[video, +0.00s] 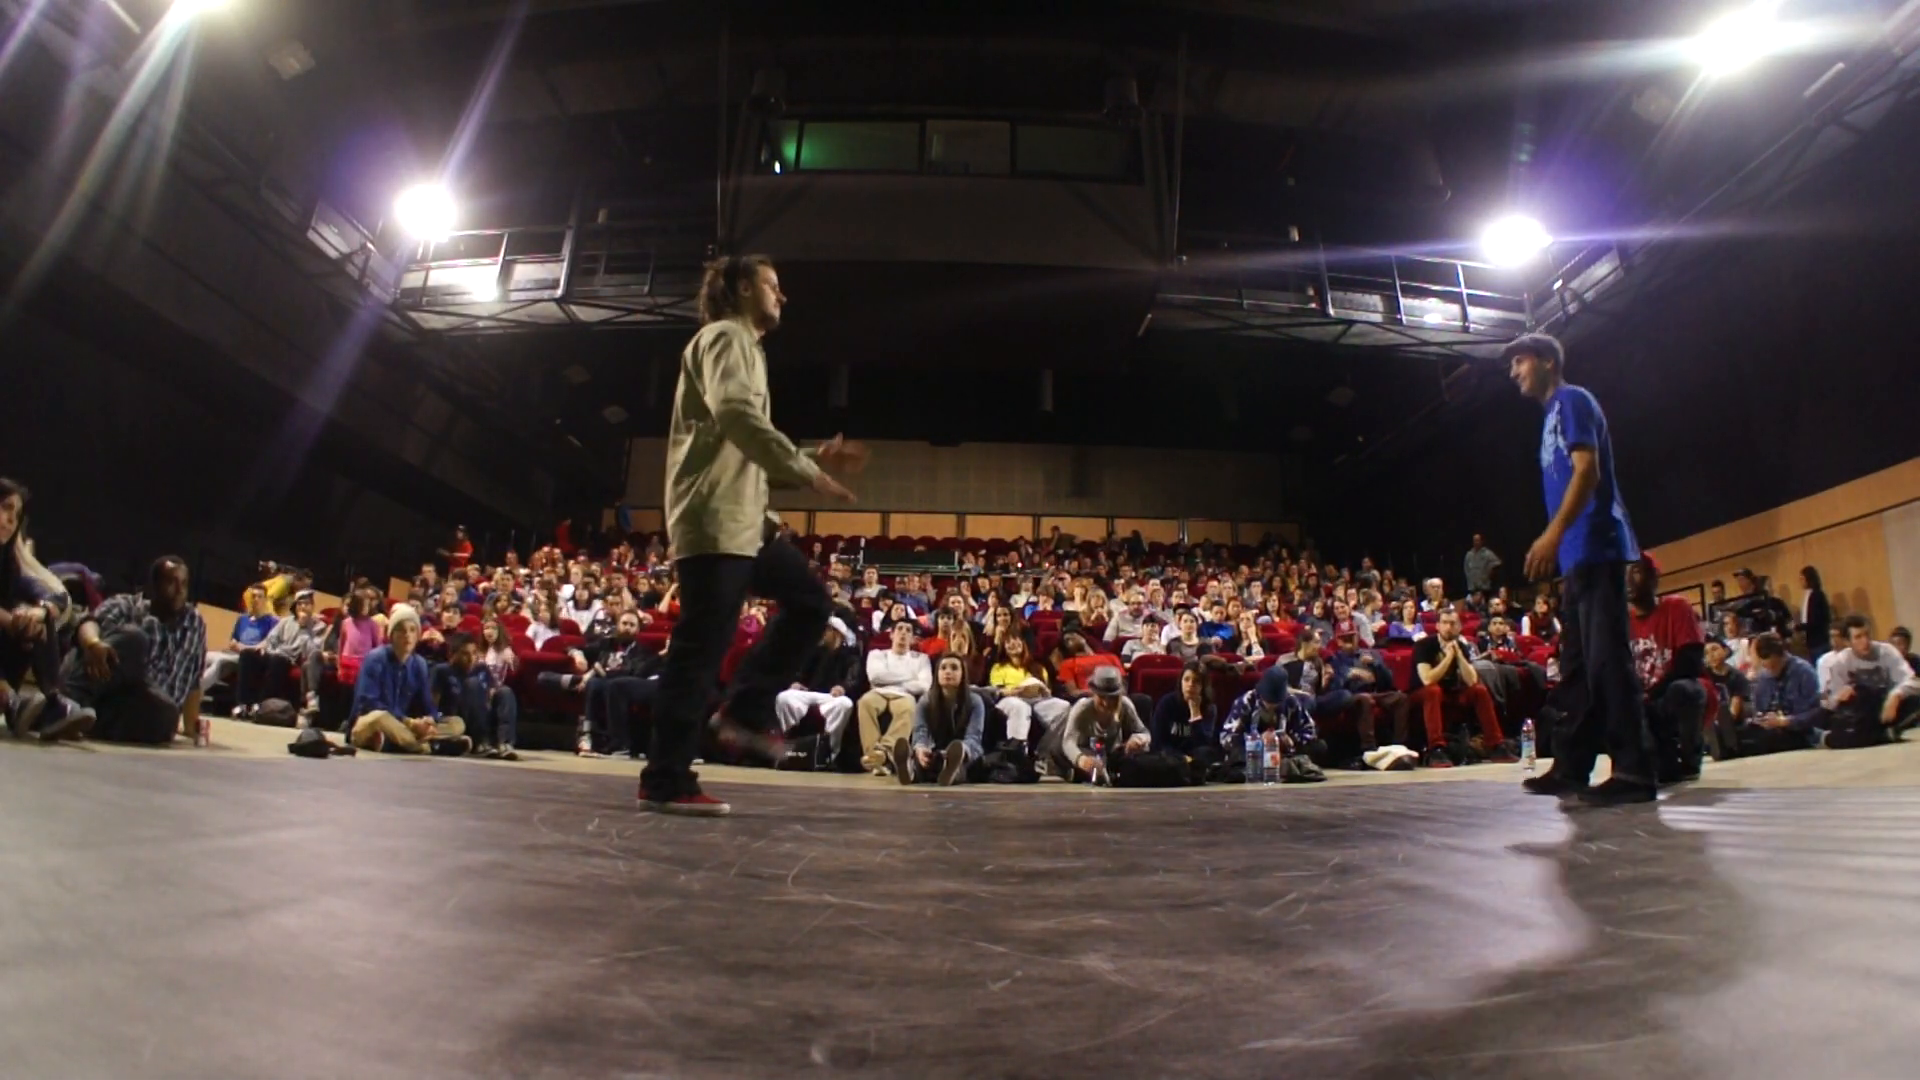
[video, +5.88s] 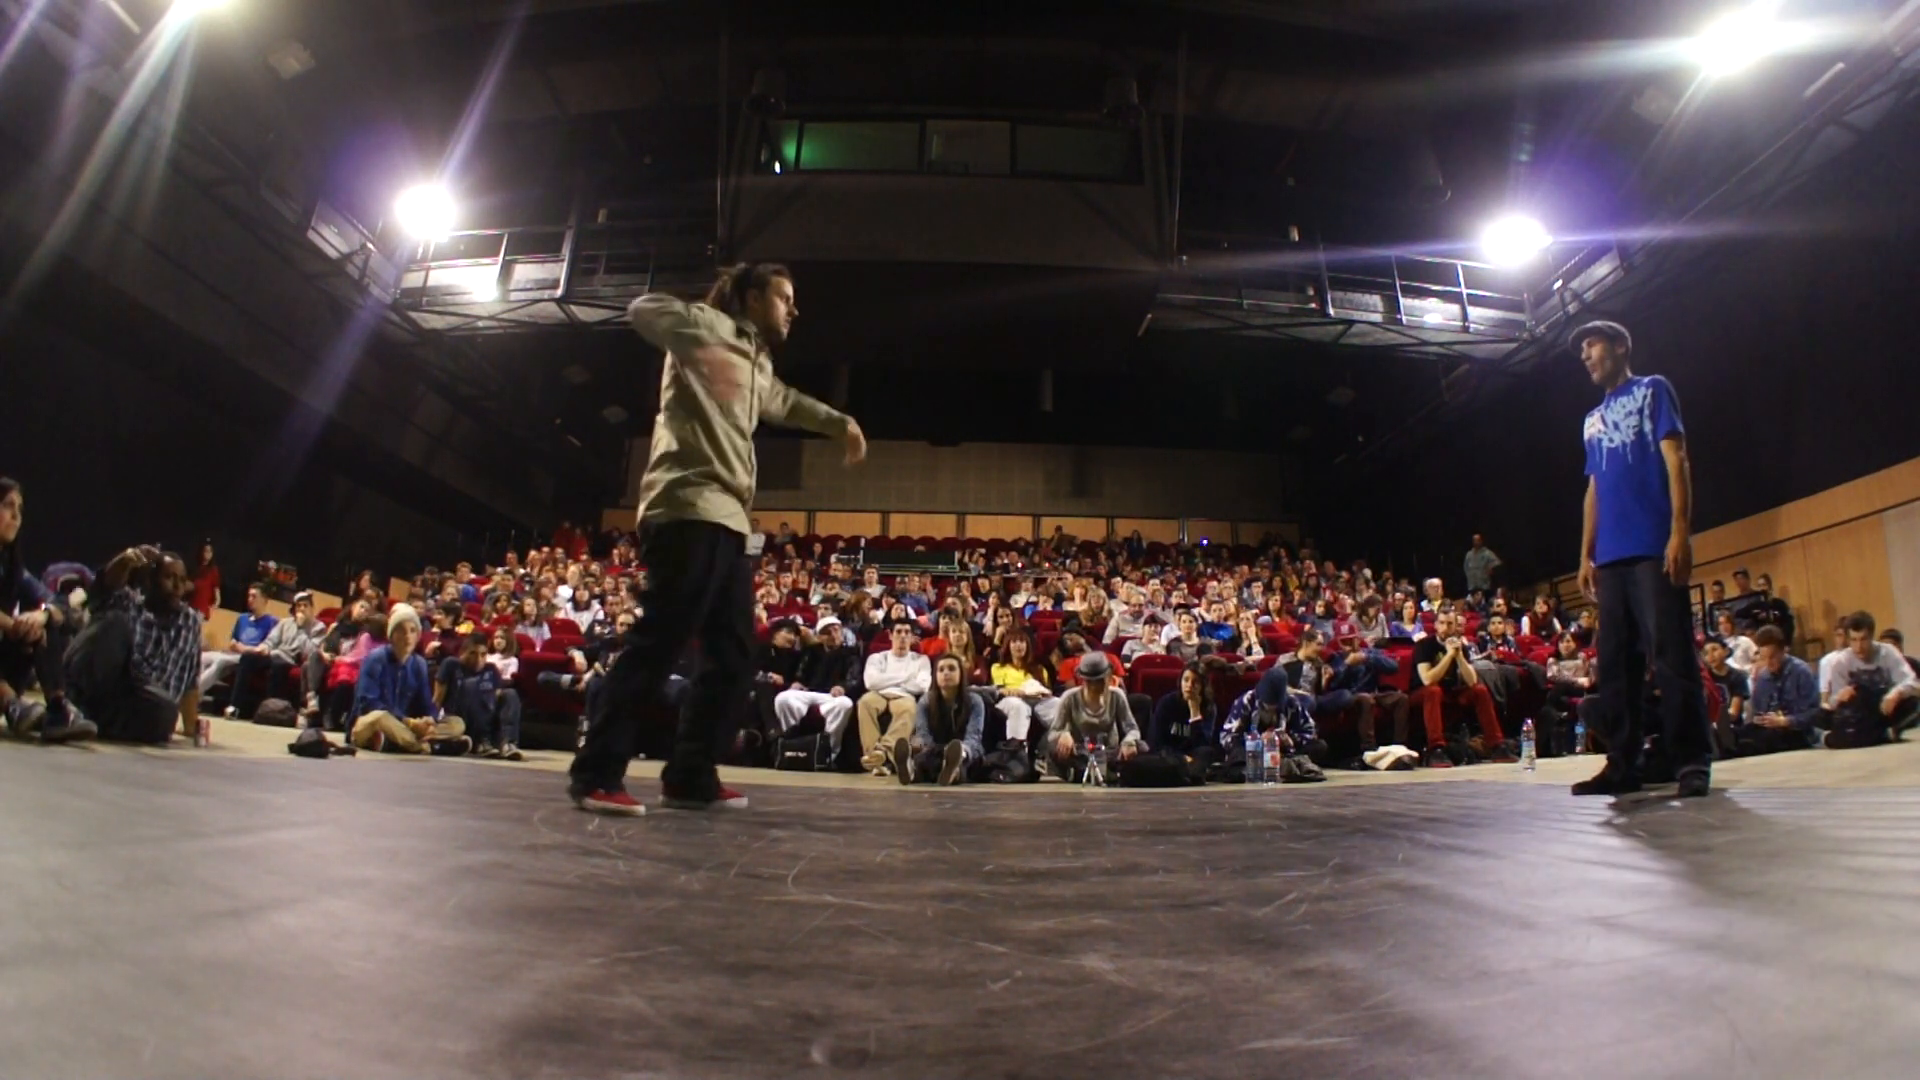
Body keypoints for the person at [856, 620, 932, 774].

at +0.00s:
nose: (903, 634)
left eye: (908, 631)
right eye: (900, 629)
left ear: (913, 638)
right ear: (891, 634)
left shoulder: (921, 658)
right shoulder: (876, 654)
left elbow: (924, 685)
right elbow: (875, 677)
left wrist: (891, 683)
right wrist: (909, 678)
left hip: (905, 694)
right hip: (880, 691)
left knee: (907, 710)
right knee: (865, 703)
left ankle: (885, 749)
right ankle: (875, 760)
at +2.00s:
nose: (903, 635)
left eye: (907, 632)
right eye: (899, 630)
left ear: (912, 638)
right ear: (891, 634)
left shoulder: (921, 659)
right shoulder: (875, 657)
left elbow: (922, 686)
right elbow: (871, 682)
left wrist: (887, 683)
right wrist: (905, 678)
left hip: (904, 694)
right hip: (879, 692)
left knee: (907, 710)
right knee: (865, 703)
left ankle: (884, 750)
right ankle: (876, 761)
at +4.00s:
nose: (903, 635)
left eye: (907, 632)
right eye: (899, 631)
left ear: (912, 638)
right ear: (891, 634)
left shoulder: (921, 659)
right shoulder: (876, 658)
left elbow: (922, 686)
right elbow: (871, 682)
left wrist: (887, 683)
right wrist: (905, 678)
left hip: (904, 694)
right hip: (879, 692)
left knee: (907, 710)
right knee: (865, 703)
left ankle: (884, 750)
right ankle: (876, 761)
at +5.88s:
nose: (903, 636)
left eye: (907, 632)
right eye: (898, 632)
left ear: (912, 638)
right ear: (891, 635)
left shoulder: (921, 659)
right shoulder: (876, 658)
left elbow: (922, 686)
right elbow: (871, 682)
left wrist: (887, 683)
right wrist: (905, 677)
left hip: (904, 694)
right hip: (879, 693)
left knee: (907, 710)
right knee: (865, 703)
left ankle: (884, 750)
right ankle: (876, 761)